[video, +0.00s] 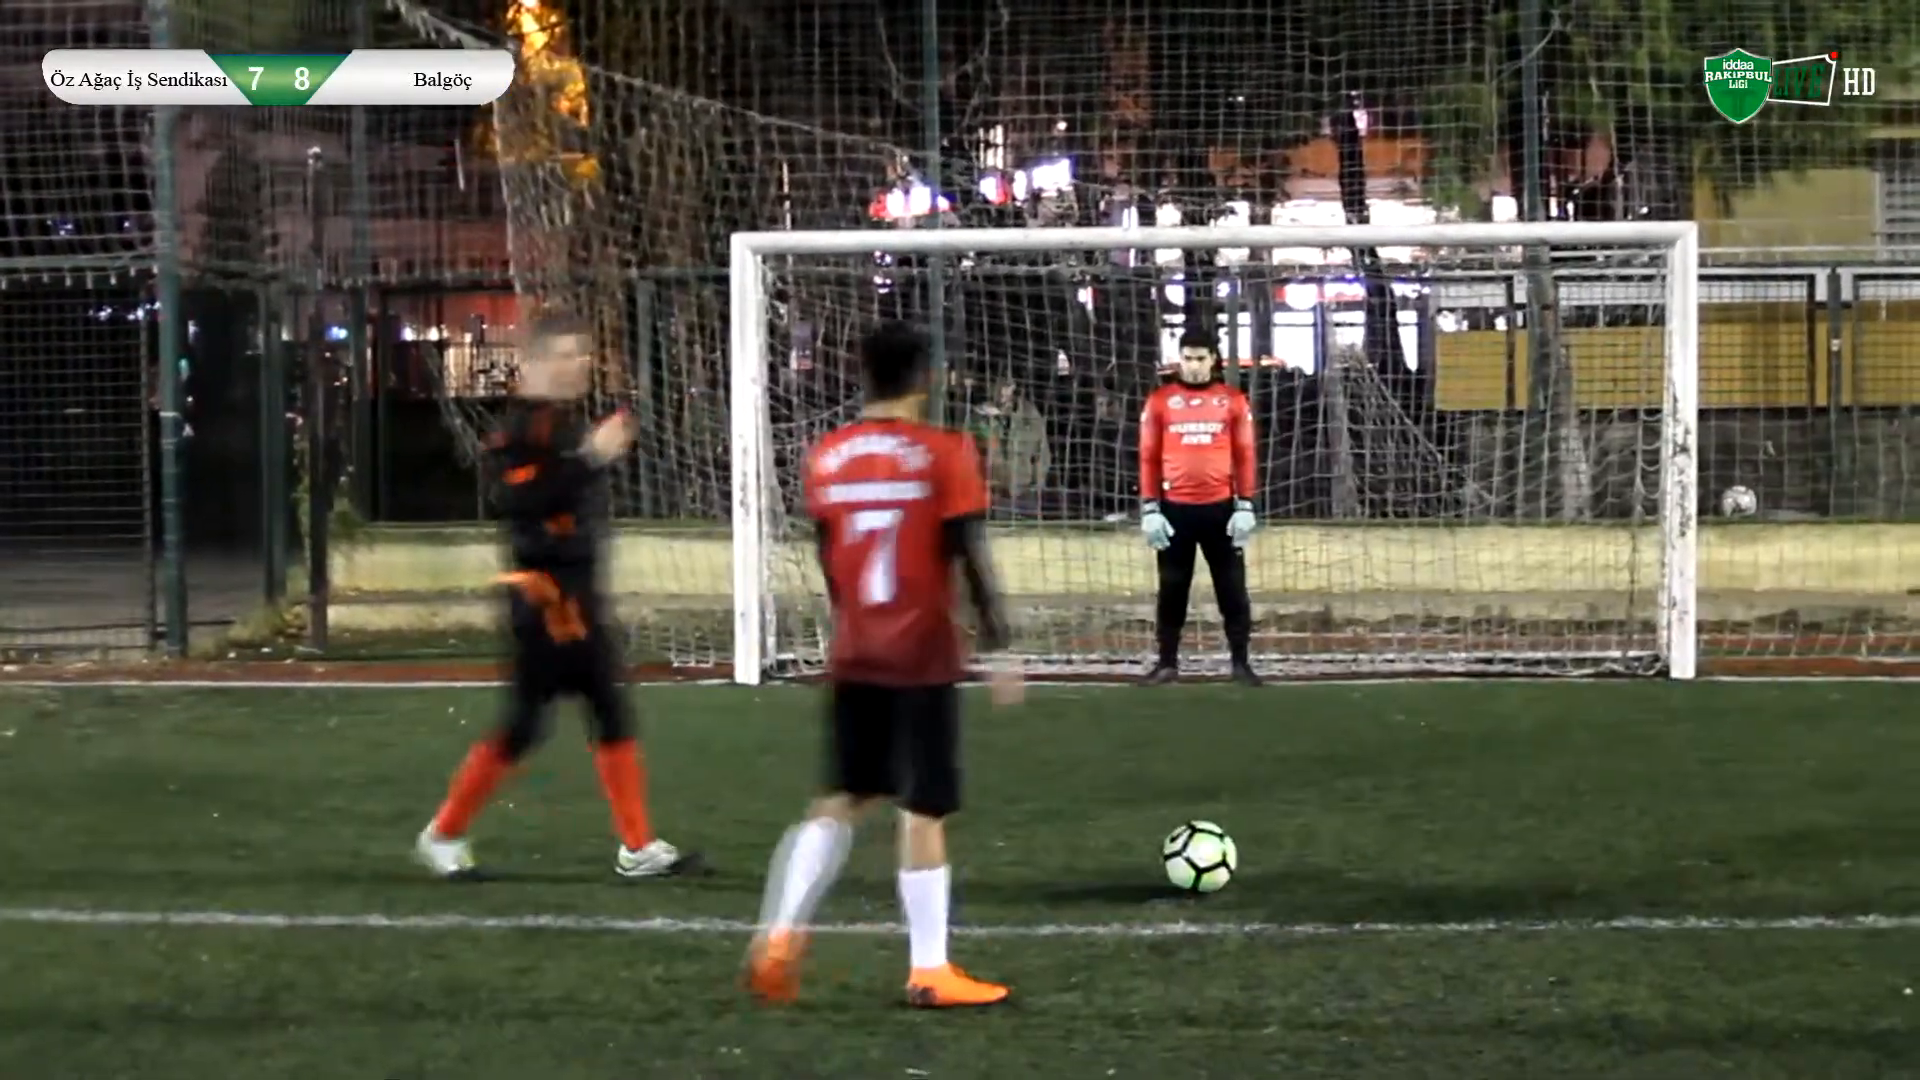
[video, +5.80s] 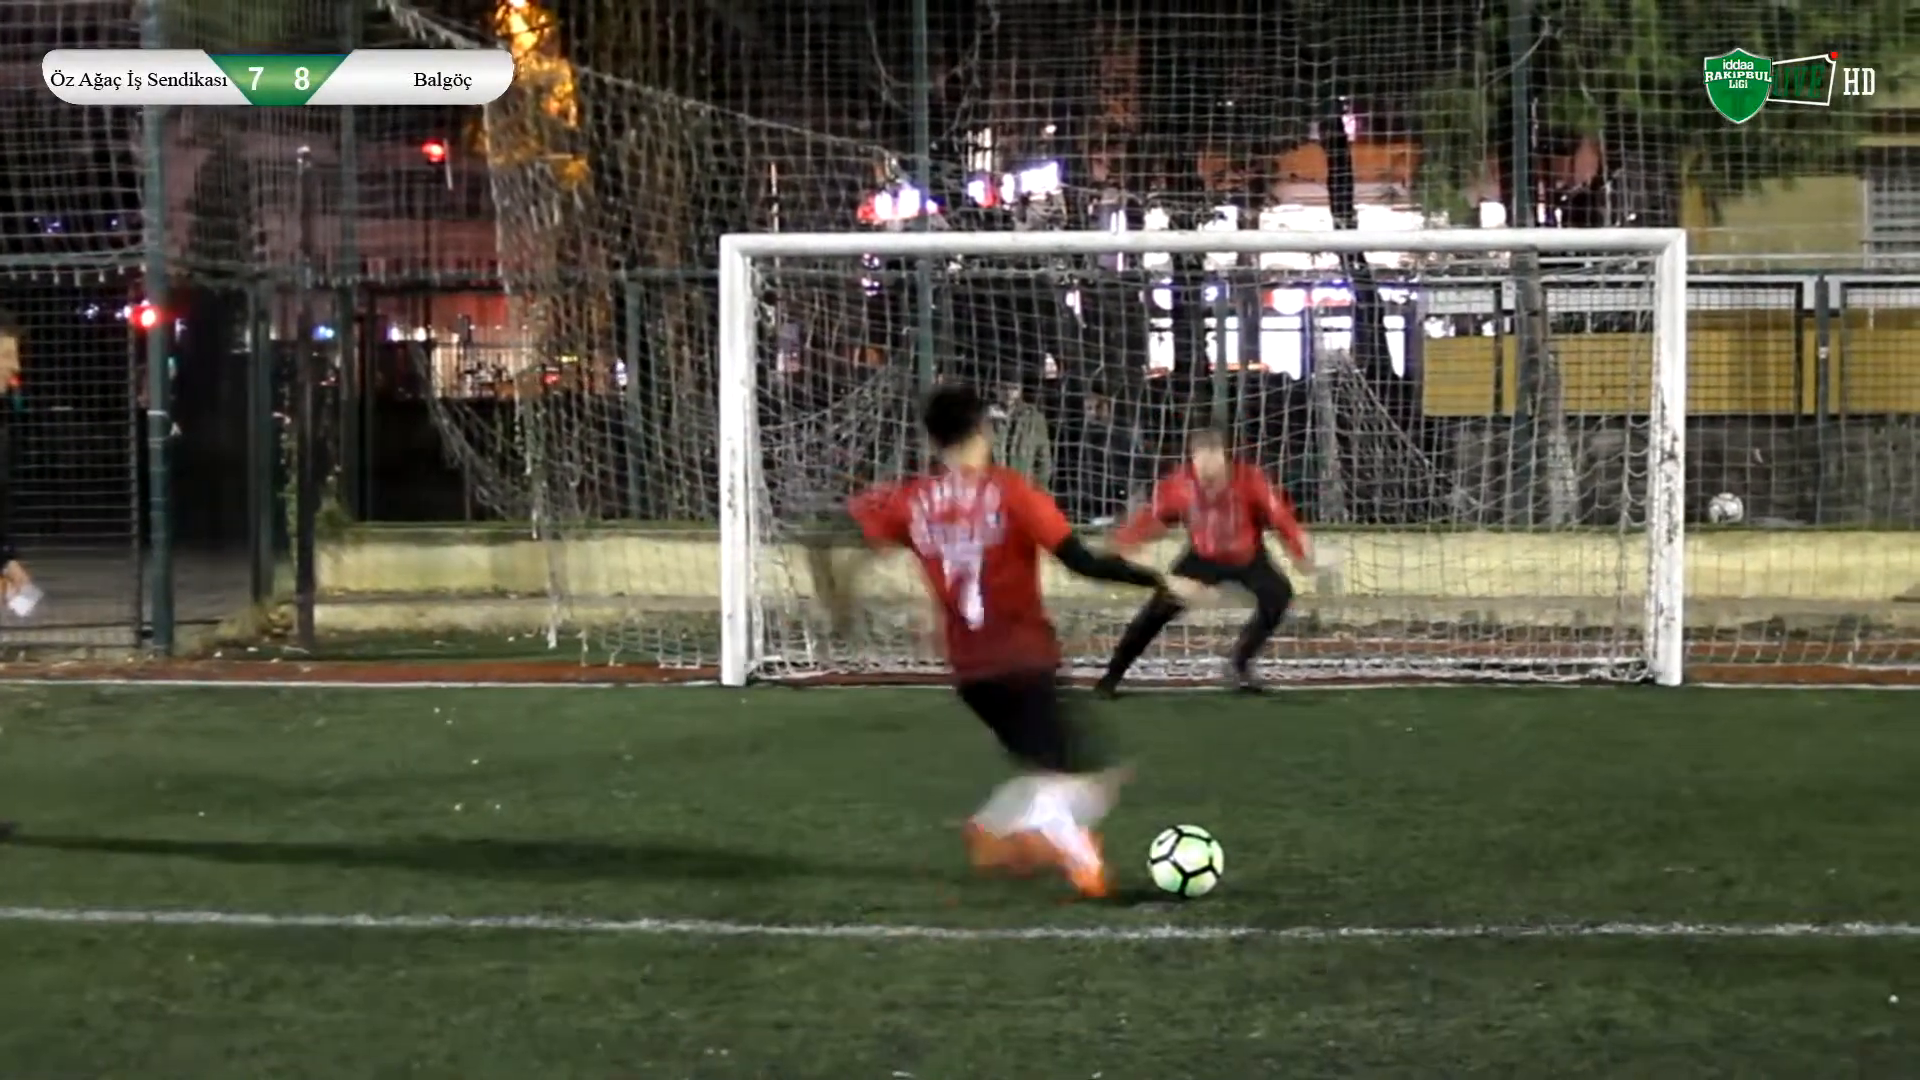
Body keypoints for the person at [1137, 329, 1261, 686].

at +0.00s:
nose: (1194, 366)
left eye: (1201, 359)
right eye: (1187, 358)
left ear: (1214, 360)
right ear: (1179, 360)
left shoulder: (1233, 401)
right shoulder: (1159, 401)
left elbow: (1246, 454)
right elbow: (1148, 456)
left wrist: (1245, 502)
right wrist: (1150, 506)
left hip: (1221, 507)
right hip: (1174, 508)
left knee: (1233, 591)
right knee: (1171, 590)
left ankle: (1241, 662)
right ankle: (1167, 661)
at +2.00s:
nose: (1190, 365)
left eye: (1197, 357)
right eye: (1184, 357)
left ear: (1211, 360)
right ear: (1175, 360)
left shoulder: (1230, 401)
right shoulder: (1156, 401)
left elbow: (1242, 454)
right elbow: (1146, 455)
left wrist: (1242, 501)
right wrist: (1147, 503)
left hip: (1218, 506)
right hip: (1171, 507)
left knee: (1229, 590)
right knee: (1168, 589)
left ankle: (1238, 662)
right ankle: (1164, 661)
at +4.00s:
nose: (1191, 363)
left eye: (1199, 356)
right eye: (1185, 356)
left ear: (1212, 359)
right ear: (1176, 359)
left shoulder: (1232, 402)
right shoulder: (1157, 402)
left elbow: (1243, 456)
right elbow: (1147, 456)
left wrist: (1242, 505)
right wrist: (1148, 506)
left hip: (1219, 507)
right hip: (1172, 509)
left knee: (1231, 590)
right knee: (1169, 590)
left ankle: (1236, 660)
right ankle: (1164, 660)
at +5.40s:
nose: (1216, 378)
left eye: (1223, 371)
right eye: (1209, 370)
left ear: (1234, 375)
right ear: (1199, 373)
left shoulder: (1252, 418)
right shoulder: (1177, 413)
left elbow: (1271, 468)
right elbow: (1157, 460)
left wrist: (1286, 504)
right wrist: (1141, 495)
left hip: (1235, 523)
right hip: (1188, 521)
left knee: (1249, 596)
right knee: (1164, 592)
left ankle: (1256, 665)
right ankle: (1159, 661)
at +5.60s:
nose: (1212, 402)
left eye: (1219, 395)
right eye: (1206, 395)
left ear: (1229, 398)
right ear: (1196, 398)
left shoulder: (1252, 431)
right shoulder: (1181, 430)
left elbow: (1279, 477)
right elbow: (1150, 472)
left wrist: (1309, 513)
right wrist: (1115, 509)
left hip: (1242, 533)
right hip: (1195, 531)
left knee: (1258, 598)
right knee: (1162, 591)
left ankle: (1248, 656)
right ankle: (1135, 661)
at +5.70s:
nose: (1205, 433)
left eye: (1212, 425)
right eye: (1198, 425)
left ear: (1225, 427)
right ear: (1189, 428)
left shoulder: (1250, 458)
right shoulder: (1179, 461)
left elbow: (1279, 500)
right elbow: (1148, 496)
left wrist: (1309, 540)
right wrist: (1112, 524)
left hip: (1246, 546)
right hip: (1199, 546)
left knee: (1270, 593)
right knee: (1160, 602)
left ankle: (1235, 657)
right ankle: (1114, 674)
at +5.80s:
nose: (1208, 462)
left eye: (1214, 453)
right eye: (1201, 454)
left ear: (1225, 456)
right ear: (1193, 458)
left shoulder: (1249, 481)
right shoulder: (1181, 485)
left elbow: (1279, 515)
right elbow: (1154, 517)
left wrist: (1299, 551)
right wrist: (1125, 539)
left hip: (1248, 562)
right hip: (1201, 560)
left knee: (1278, 596)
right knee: (1159, 609)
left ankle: (1239, 663)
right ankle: (1112, 676)